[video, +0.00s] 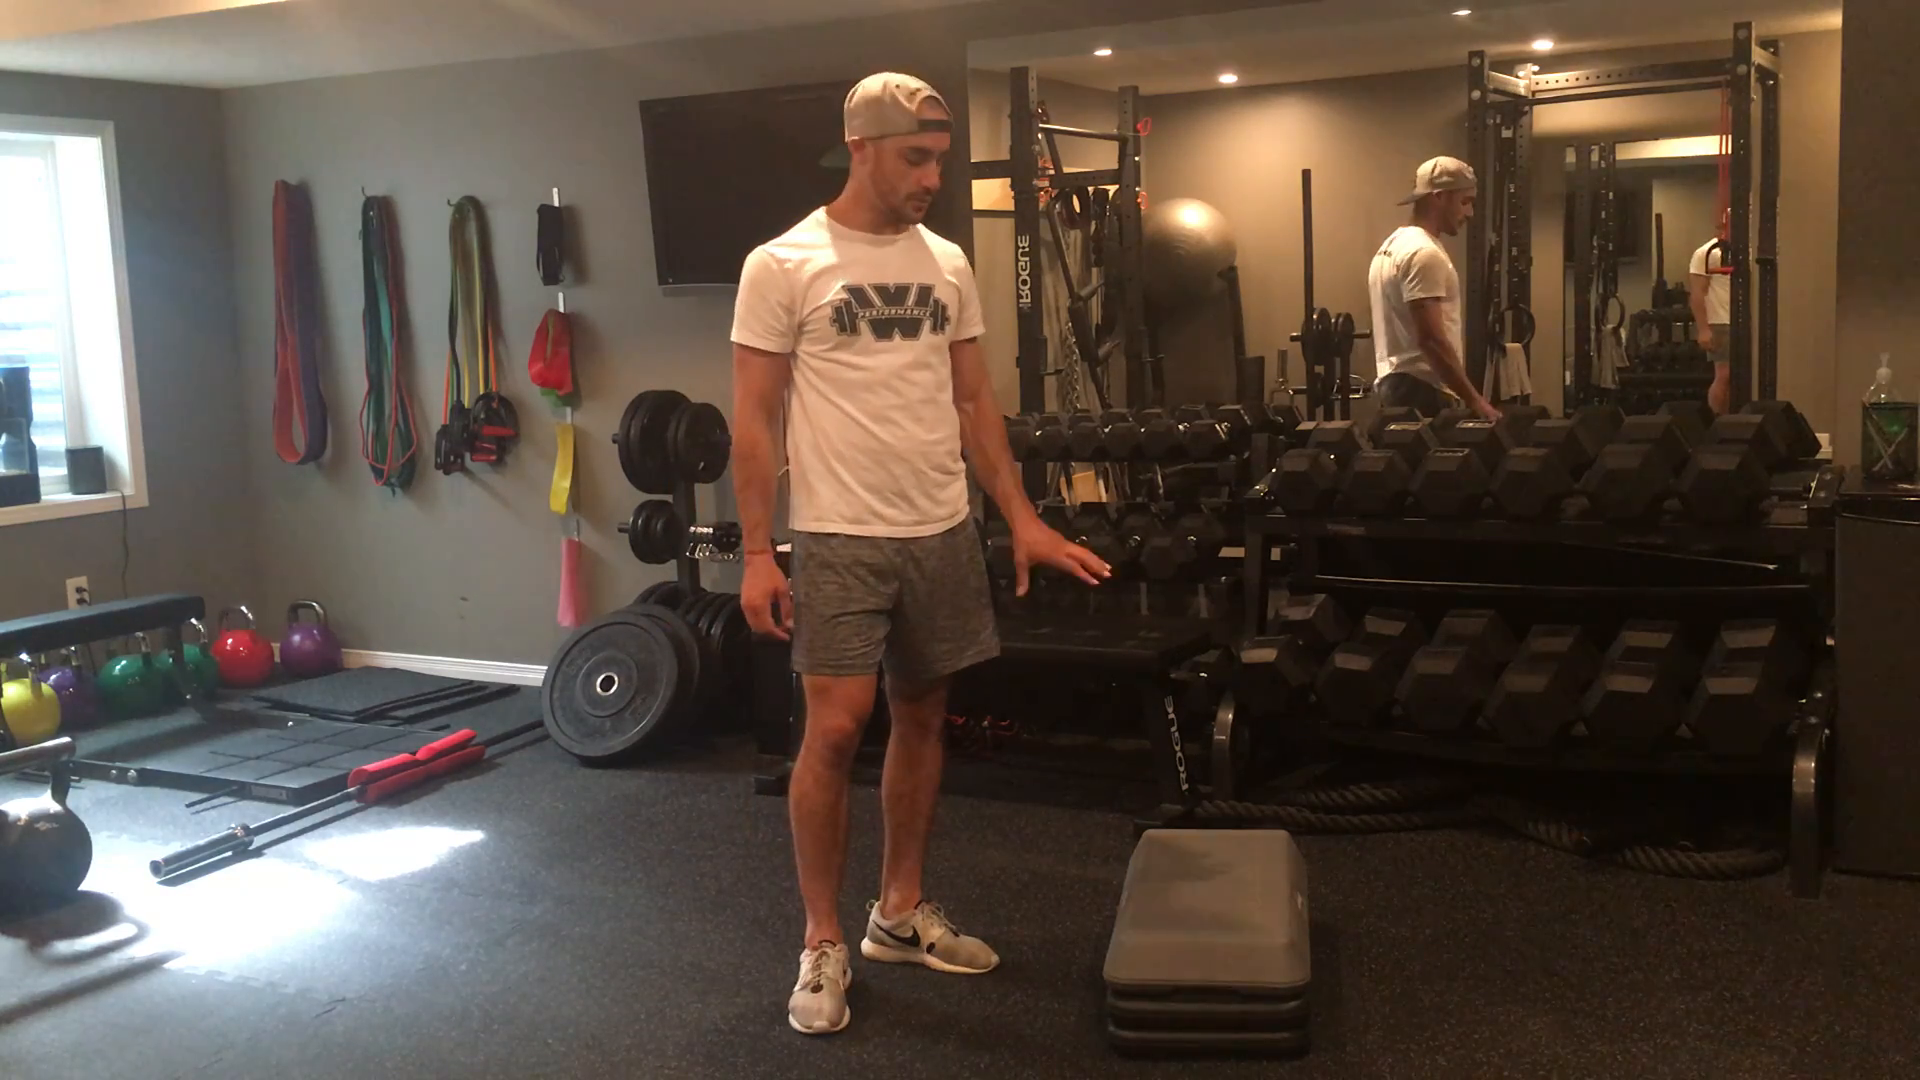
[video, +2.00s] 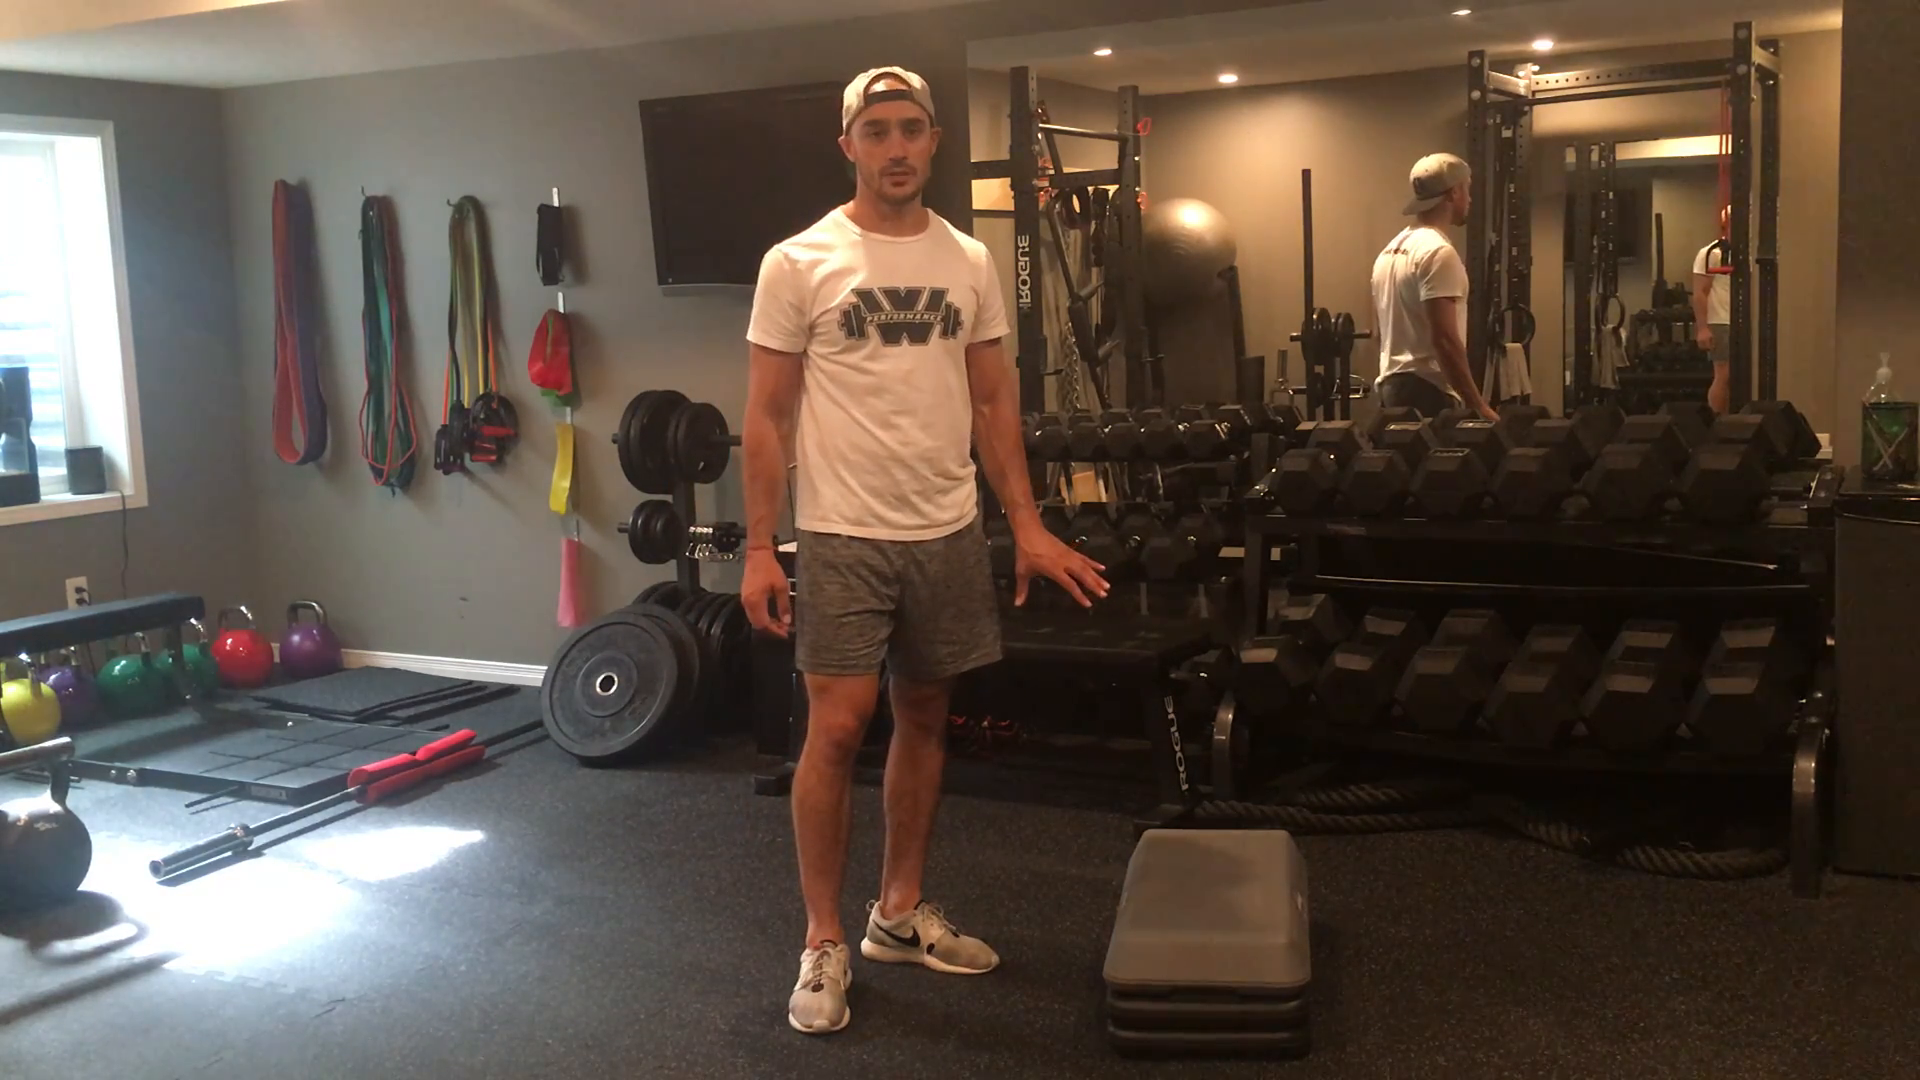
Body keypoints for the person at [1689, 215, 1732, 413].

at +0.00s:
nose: (1735, 229)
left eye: (1737, 224)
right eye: (1732, 224)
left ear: (1741, 226)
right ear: (1723, 224)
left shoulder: (1745, 253)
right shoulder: (1705, 254)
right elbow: (1697, 294)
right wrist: (1703, 328)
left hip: (1743, 324)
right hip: (1721, 324)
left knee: (1736, 377)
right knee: (1723, 376)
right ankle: (1716, 423)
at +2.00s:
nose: (1734, 226)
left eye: (1737, 220)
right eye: (1731, 220)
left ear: (1743, 223)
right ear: (1724, 223)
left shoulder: (1748, 253)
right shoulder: (1709, 254)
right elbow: (1700, 292)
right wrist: (1702, 327)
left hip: (1744, 323)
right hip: (1721, 323)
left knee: (1736, 378)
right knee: (1723, 377)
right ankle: (1716, 424)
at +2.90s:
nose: (1737, 228)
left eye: (1738, 223)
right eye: (1734, 223)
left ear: (1724, 223)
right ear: (1725, 223)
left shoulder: (1730, 252)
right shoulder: (1708, 251)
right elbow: (1701, 295)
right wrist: (1712, 330)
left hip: (1728, 324)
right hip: (1713, 325)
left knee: (1726, 382)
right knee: (1712, 381)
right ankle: (1698, 425)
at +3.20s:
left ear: (1726, 224)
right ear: (1735, 226)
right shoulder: (1718, 251)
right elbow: (1717, 292)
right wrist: (1728, 325)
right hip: (1710, 322)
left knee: (1727, 376)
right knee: (1709, 375)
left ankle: (1728, 423)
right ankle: (1697, 423)